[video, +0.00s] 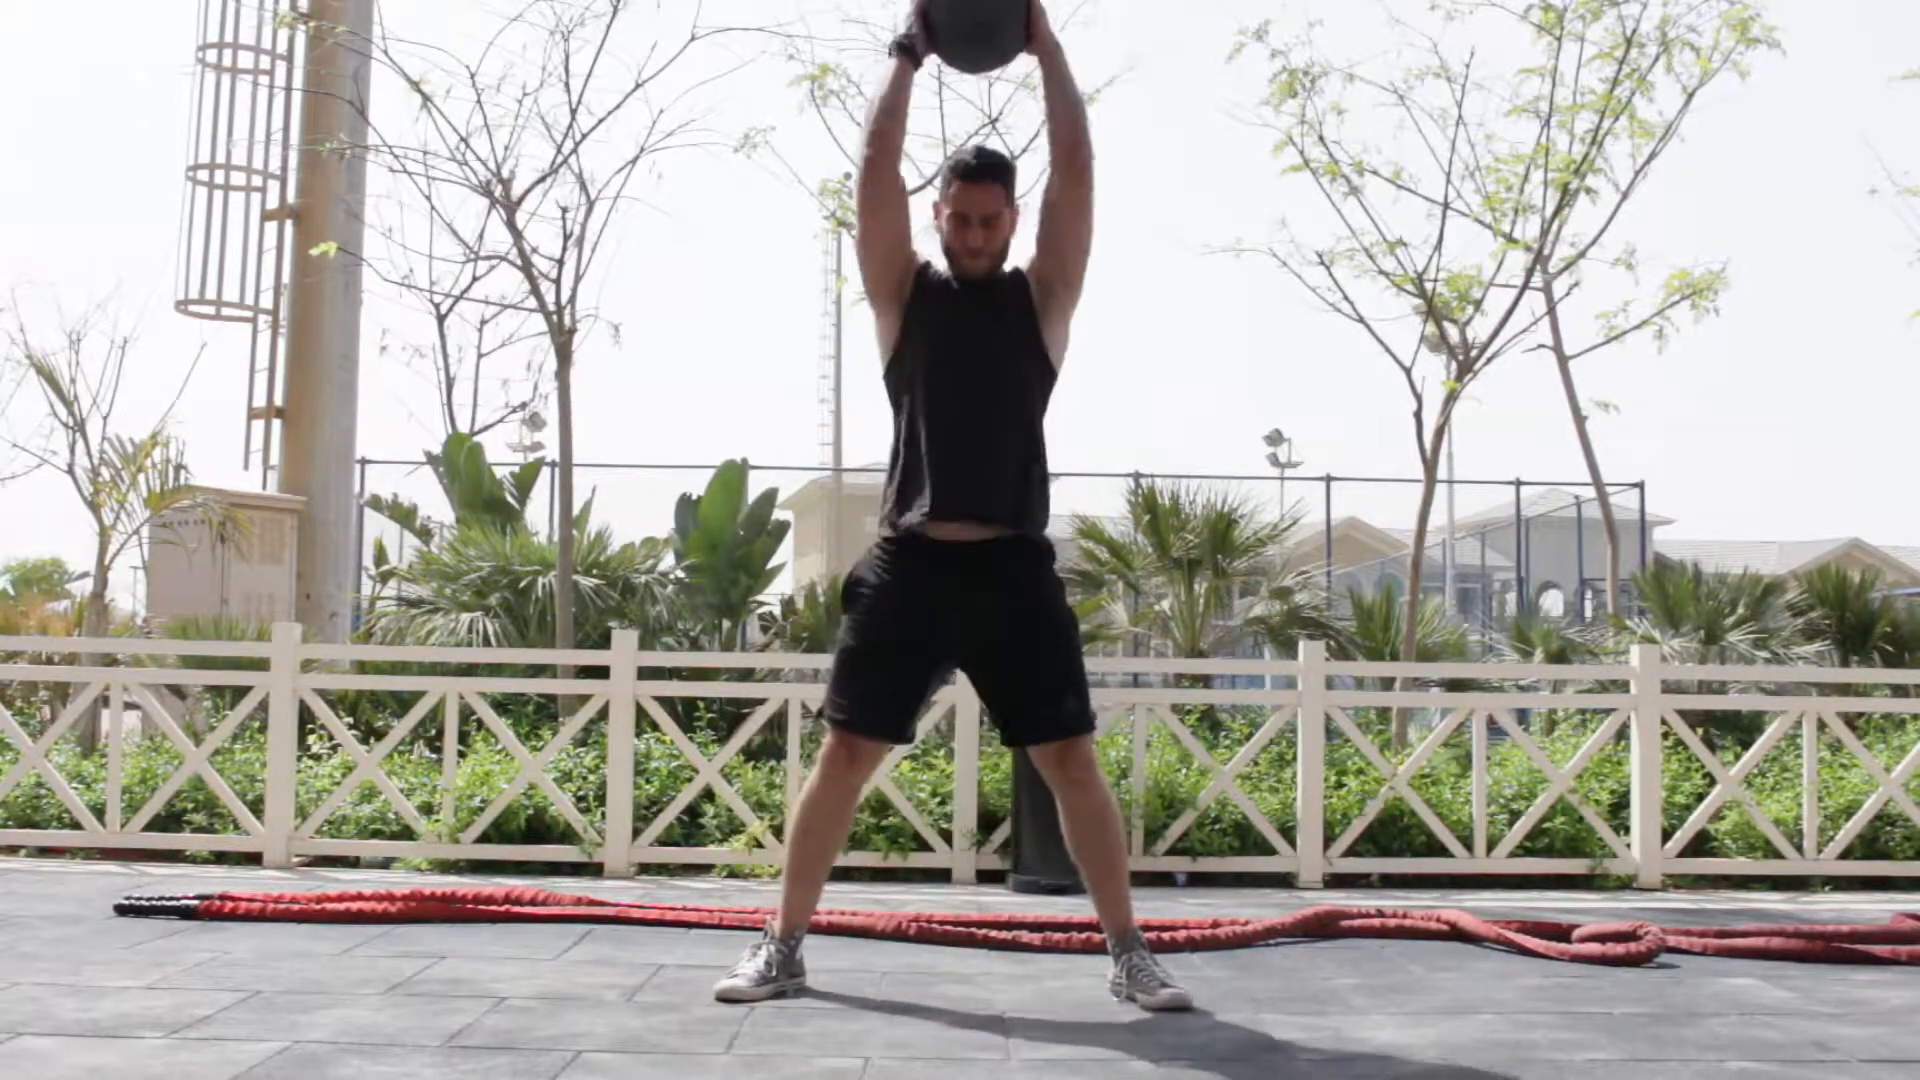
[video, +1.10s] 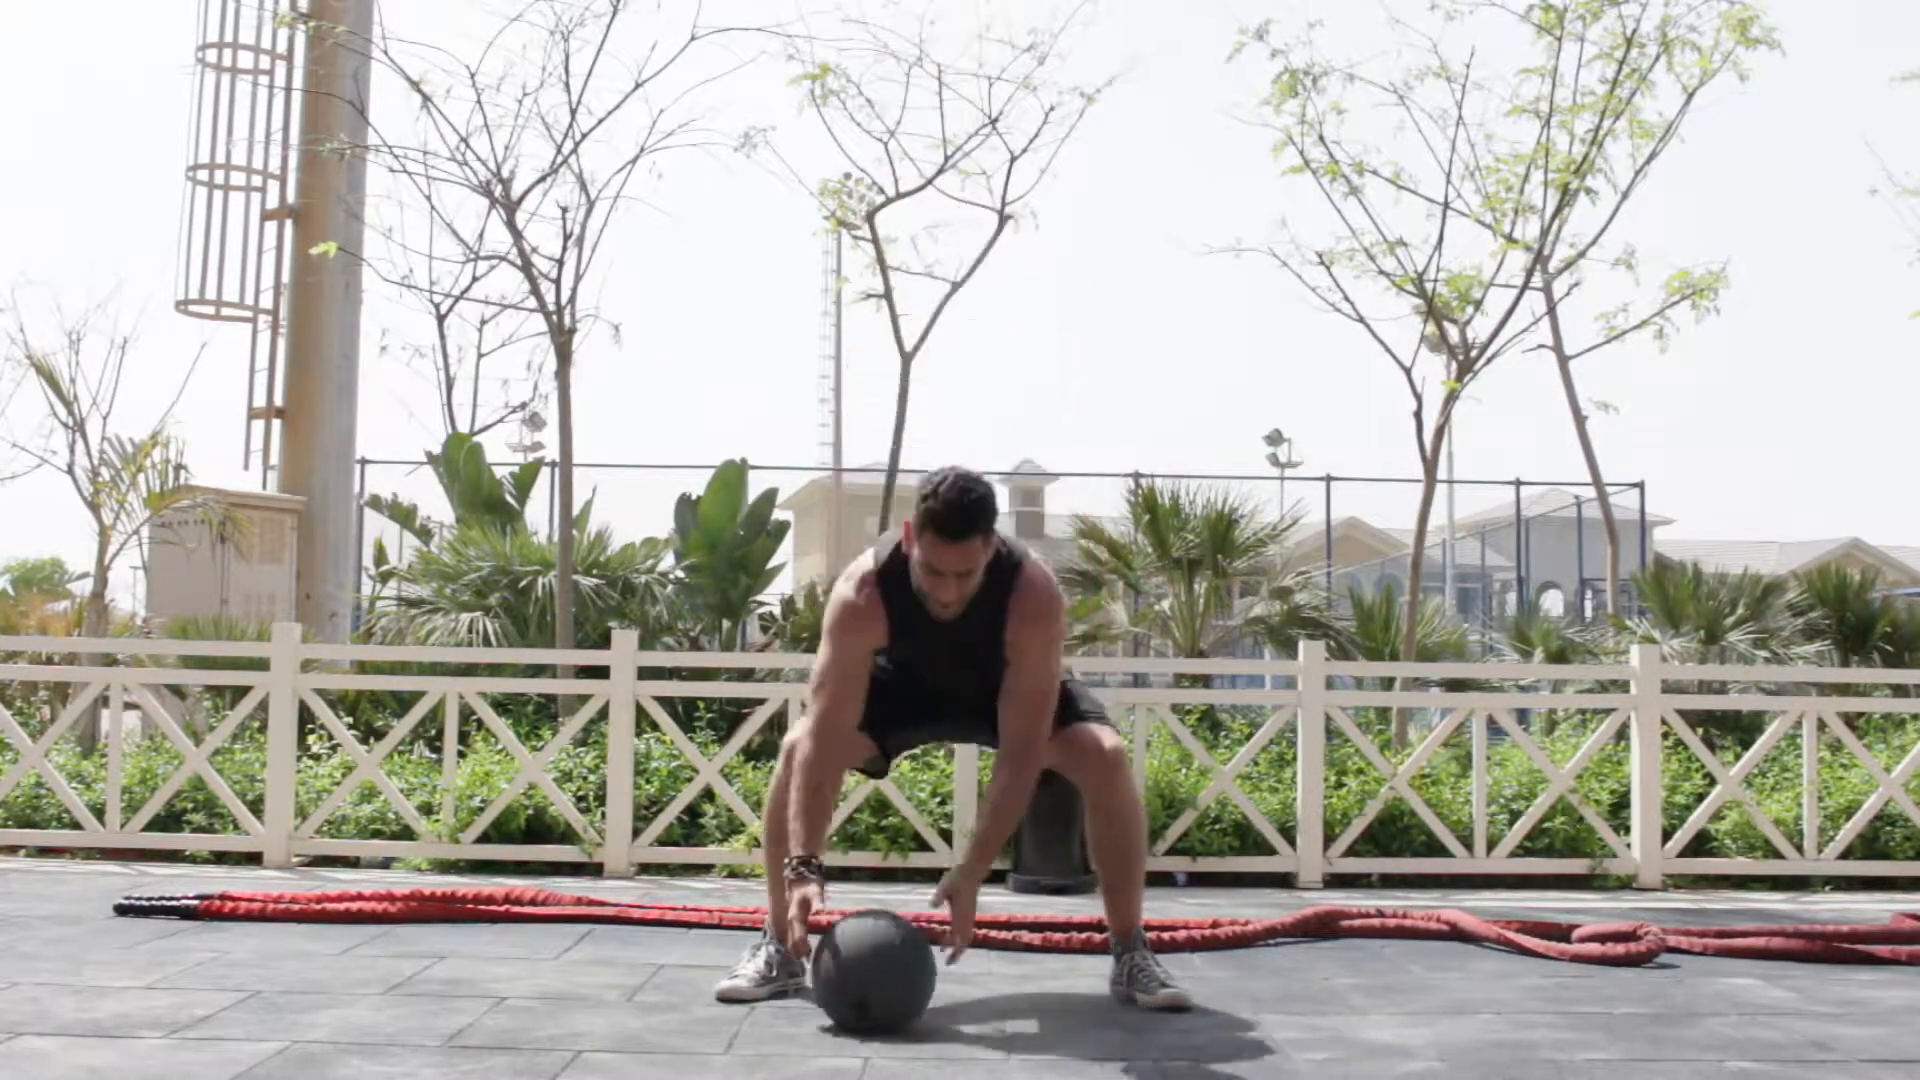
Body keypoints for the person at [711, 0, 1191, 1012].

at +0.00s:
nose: (971, 228)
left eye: (987, 216)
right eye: (958, 214)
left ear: (1014, 225)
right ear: (936, 220)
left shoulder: (1041, 304)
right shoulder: (904, 299)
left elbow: (1073, 177)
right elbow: (878, 179)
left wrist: (1048, 47)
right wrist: (905, 57)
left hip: (1016, 569)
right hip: (909, 567)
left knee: (1070, 760)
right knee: (845, 755)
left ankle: (1128, 953)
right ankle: (782, 947)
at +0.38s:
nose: (967, 245)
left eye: (981, 232)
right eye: (953, 231)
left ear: (1004, 233)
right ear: (925, 233)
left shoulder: (1037, 320)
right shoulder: (899, 311)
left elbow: (1061, 227)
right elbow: (868, 220)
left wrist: (1032, 106)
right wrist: (896, 104)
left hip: (1016, 574)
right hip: (909, 570)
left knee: (1073, 761)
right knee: (845, 754)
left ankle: (1129, 954)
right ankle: (781, 946)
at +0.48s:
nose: (961, 257)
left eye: (977, 237)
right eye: (950, 236)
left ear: (1005, 243)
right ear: (929, 241)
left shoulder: (1042, 324)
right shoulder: (903, 313)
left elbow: (1072, 403)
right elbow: (847, 370)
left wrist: (1032, 287)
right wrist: (889, 263)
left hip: (1014, 575)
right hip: (908, 571)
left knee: (1070, 752)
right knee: (842, 748)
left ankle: (1128, 952)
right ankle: (782, 946)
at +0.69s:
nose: (971, 279)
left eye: (987, 262)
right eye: (957, 261)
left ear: (1014, 247)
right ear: (936, 244)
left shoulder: (1054, 349)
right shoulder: (890, 339)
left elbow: (1096, 468)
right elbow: (840, 451)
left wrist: (1117, 573)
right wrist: (837, 558)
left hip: (1013, 585)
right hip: (902, 580)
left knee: (1073, 753)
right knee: (837, 750)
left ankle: (1130, 952)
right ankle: (780, 946)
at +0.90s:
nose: (969, 368)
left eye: (986, 353)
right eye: (955, 351)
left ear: (1011, 329)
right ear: (929, 323)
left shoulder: (1050, 411)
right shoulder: (881, 411)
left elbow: (1081, 536)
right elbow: (843, 538)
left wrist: (1074, 644)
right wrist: (838, 648)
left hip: (1017, 614)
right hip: (907, 613)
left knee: (1094, 752)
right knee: (819, 744)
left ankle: (1131, 951)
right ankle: (780, 949)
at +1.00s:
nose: (959, 478)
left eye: (975, 464)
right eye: (945, 461)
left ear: (1000, 438)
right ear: (919, 429)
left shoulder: (1041, 500)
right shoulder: (872, 500)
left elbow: (1057, 645)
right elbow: (830, 632)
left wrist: (1018, 768)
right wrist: (813, 764)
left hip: (1011, 648)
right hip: (903, 644)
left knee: (1102, 752)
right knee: (808, 762)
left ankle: (1132, 952)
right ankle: (779, 948)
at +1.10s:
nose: (948, 589)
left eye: (965, 574)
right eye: (934, 572)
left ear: (990, 548)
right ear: (908, 538)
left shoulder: (1033, 594)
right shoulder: (861, 593)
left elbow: (1020, 760)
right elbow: (823, 739)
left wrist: (968, 877)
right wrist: (802, 867)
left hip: (1007, 698)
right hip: (902, 698)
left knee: (1107, 755)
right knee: (798, 751)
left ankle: (1132, 953)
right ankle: (782, 948)